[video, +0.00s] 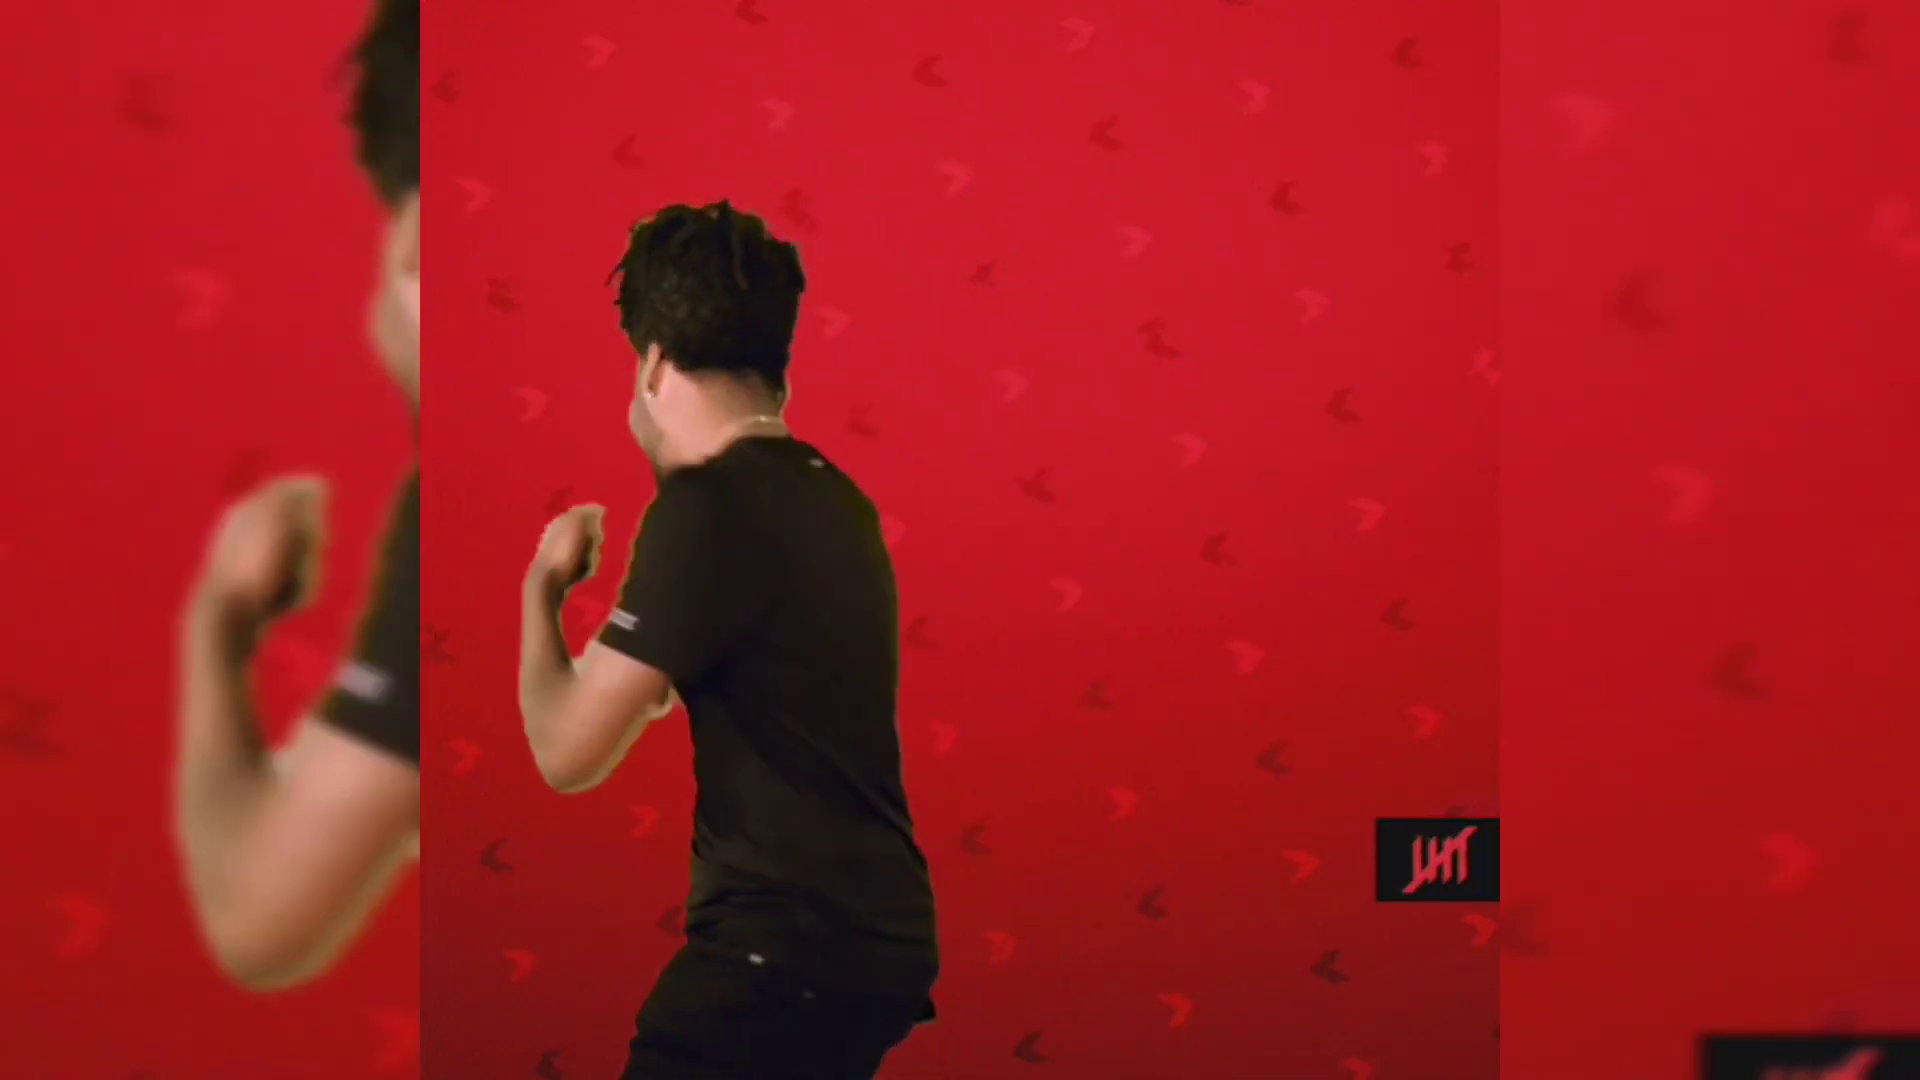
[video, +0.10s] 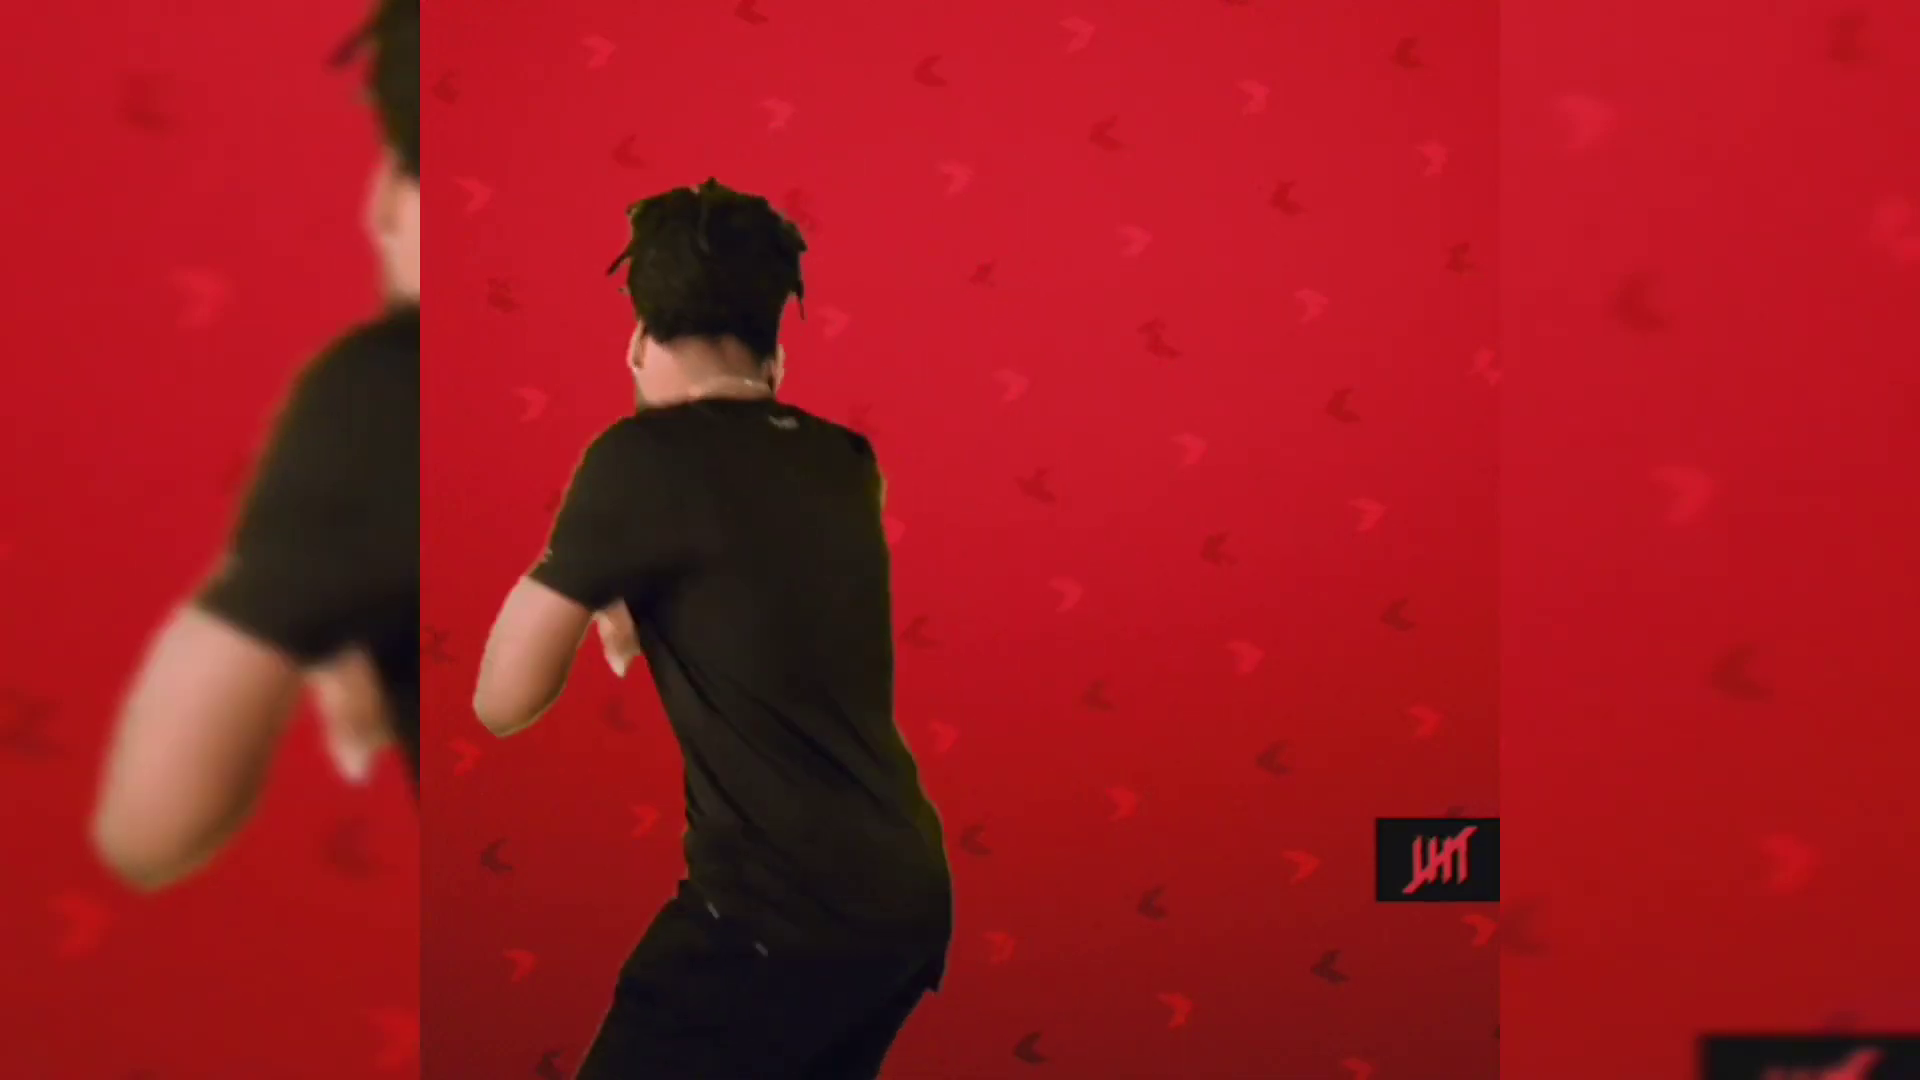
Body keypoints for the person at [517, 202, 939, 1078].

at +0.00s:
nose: (629, 397)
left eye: (630, 360)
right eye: (631, 361)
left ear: (655, 361)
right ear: (774, 364)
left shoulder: (715, 507)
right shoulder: (837, 500)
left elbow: (567, 751)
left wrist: (541, 589)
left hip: (771, 961)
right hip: (872, 954)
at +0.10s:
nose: (628, 342)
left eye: (630, 310)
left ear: (643, 329)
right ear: (776, 330)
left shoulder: (641, 457)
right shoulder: (846, 457)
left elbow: (503, 700)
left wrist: (622, 559)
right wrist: (642, 610)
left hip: (759, 919)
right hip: (897, 917)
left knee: (626, 1064)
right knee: (823, 1063)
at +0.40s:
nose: (817, 430)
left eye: (822, 405)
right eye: (822, 404)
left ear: (672, 395)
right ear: (793, 399)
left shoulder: (562, 519)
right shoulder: (873, 514)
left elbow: (456, 761)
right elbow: (1068, 667)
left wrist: (593, 708)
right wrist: (871, 679)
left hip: (655, 983)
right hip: (847, 978)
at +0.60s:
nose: (911, 564)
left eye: (922, 539)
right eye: (916, 534)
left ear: (782, 477)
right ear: (859, 498)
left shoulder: (627, 567)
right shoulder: (899, 616)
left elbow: (514, 687)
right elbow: (962, 778)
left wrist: (575, 787)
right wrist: (858, 900)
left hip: (599, 959)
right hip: (789, 966)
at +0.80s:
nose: (997, 529)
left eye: (1011, 499)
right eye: (995, 490)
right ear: (915, 450)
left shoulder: (686, 532)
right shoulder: (917, 570)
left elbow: (494, 679)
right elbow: (877, 767)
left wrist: (658, 626)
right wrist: (857, 902)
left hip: (597, 947)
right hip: (765, 946)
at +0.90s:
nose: (1021, 474)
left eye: (1031, 446)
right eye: (1016, 437)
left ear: (929, 389)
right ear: (938, 393)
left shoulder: (716, 450)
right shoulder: (921, 503)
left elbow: (523, 562)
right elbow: (858, 719)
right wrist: (865, 853)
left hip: (612, 891)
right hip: (771, 888)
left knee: (749, 1063)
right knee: (924, 1063)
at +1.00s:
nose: (1036, 458)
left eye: (1050, 429)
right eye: (1029, 419)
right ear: (945, 376)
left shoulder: (756, 428)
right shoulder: (925, 491)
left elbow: (618, 473)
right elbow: (851, 716)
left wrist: (795, 362)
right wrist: (887, 853)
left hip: (642, 879)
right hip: (779, 883)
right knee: (895, 1061)